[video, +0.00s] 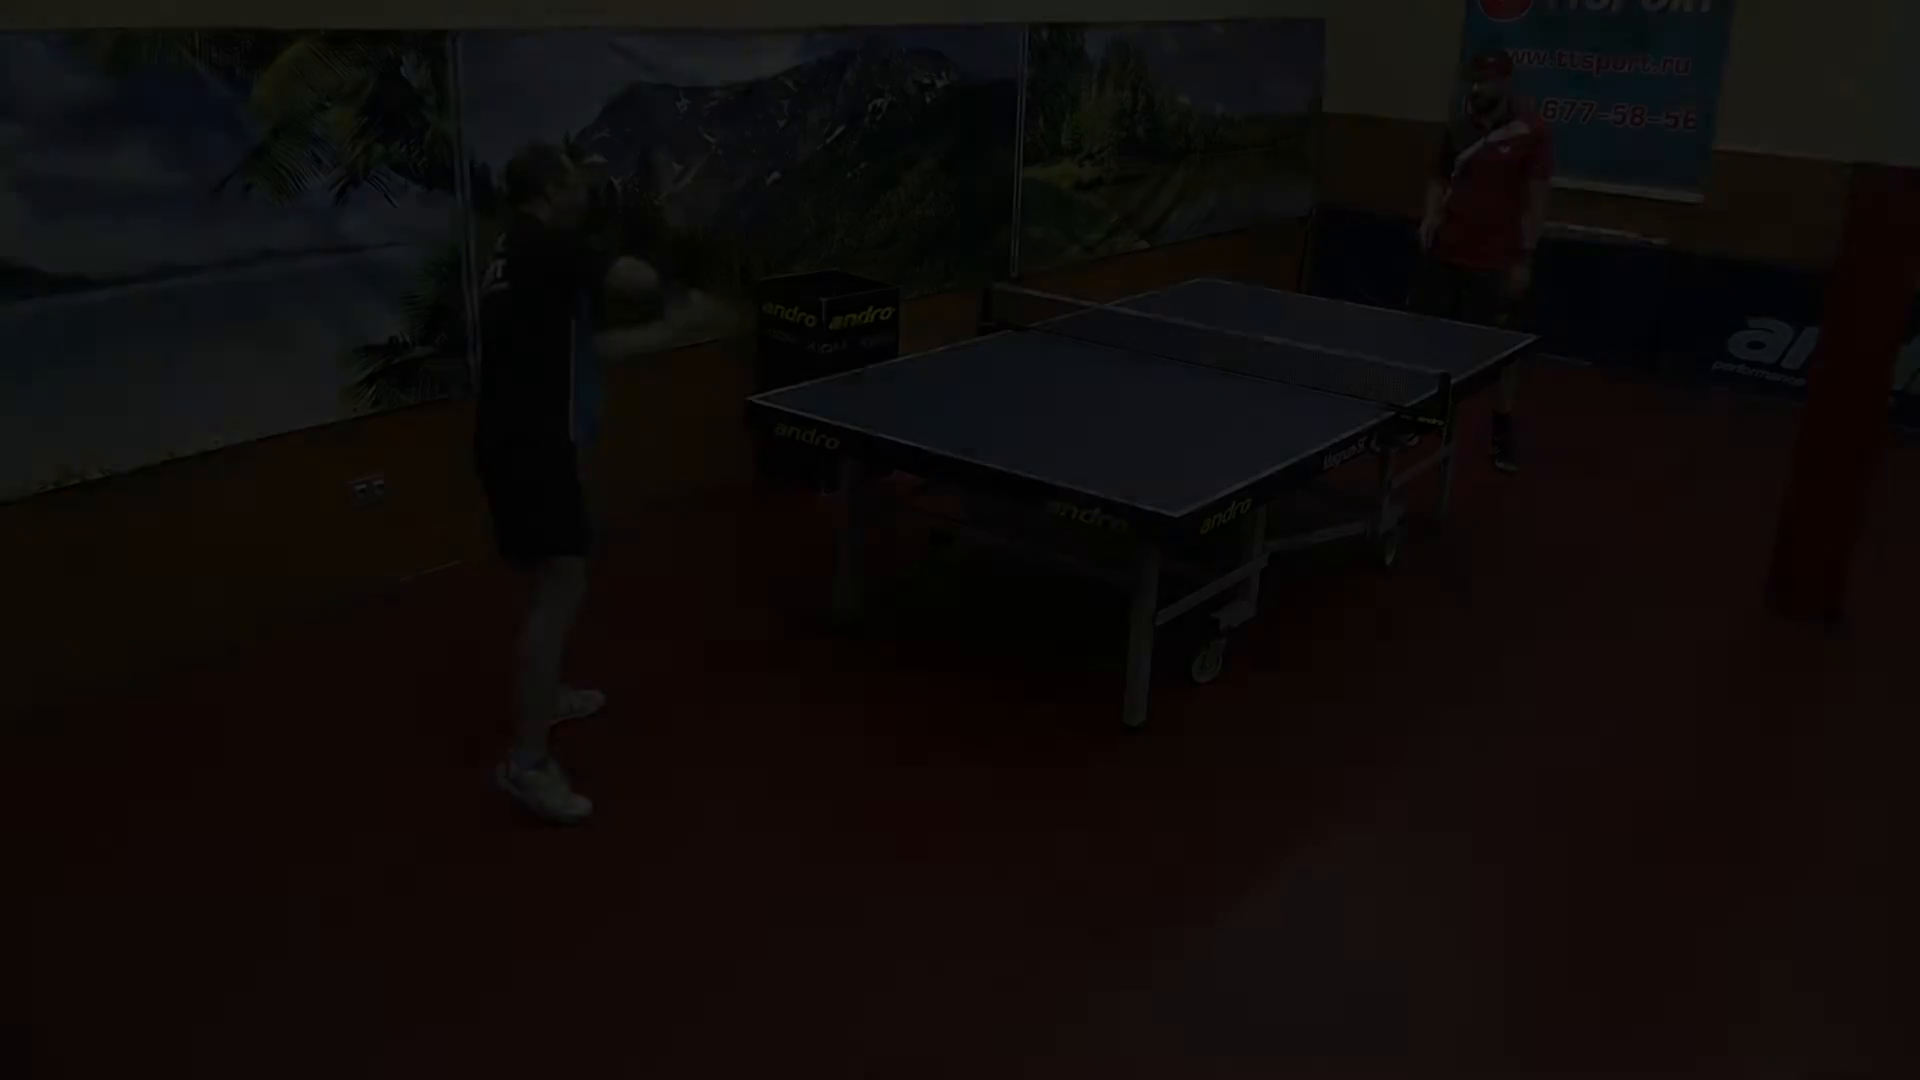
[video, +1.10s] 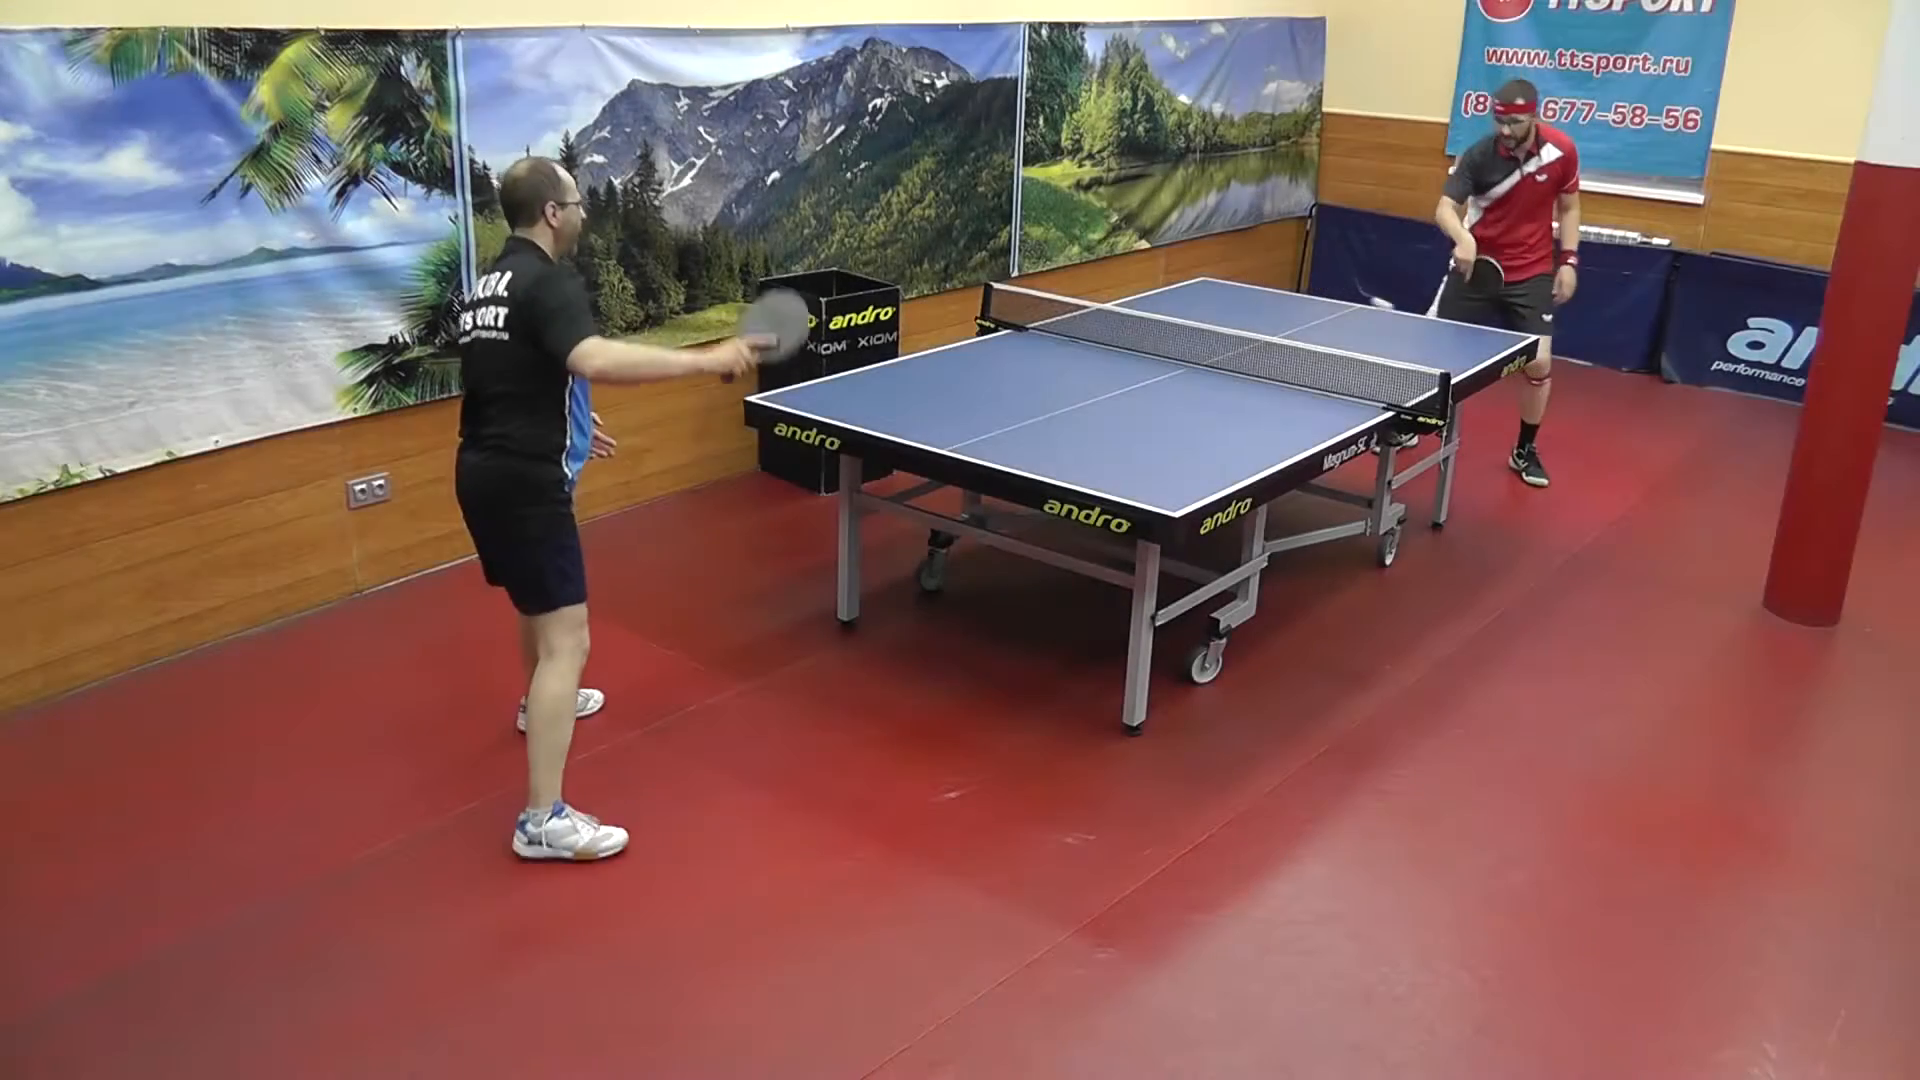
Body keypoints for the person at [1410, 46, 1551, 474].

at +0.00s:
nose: (1483, 95)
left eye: (1492, 86)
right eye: (1477, 86)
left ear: (1508, 86)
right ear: (1468, 87)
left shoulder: (1530, 136)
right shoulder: (1458, 129)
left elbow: (1535, 202)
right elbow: (1440, 182)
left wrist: (1523, 259)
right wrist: (1430, 224)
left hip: (1499, 257)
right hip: (1450, 252)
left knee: (1500, 346)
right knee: (1438, 337)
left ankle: (1502, 432)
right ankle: (1431, 417)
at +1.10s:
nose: (1506, 130)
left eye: (1516, 122)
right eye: (1500, 120)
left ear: (1535, 116)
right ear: (1493, 115)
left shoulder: (1561, 152)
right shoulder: (1479, 154)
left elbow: (1568, 207)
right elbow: (1445, 208)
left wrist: (1568, 262)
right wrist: (1463, 238)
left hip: (1531, 273)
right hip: (1476, 268)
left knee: (1539, 366)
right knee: (1433, 344)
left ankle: (1525, 449)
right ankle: (1422, 414)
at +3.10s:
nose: (1457, 115)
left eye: (1466, 106)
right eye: (1451, 106)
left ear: (1485, 106)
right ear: (1443, 108)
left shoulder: (1511, 152)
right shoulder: (1429, 156)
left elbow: (1533, 204)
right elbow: (1414, 214)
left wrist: (1554, 250)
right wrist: (1432, 224)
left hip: (1492, 280)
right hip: (1434, 275)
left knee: (1515, 364)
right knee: (1394, 343)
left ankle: (1531, 437)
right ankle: (1381, 421)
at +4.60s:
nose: (1547, 108)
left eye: (1557, 100)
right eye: (1541, 99)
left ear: (1573, 101)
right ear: (1532, 95)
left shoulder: (1580, 149)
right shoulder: (1511, 120)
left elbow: (1580, 210)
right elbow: (1480, 116)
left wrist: (1584, 265)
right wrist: (1467, 89)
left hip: (1533, 269)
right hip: (1476, 258)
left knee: (1541, 361)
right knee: (1435, 338)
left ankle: (1532, 437)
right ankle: (1424, 410)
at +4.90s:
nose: (1521, 102)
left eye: (1531, 94)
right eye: (1516, 93)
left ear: (1549, 97)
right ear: (1509, 93)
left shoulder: (1565, 150)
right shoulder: (1485, 128)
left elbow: (1566, 214)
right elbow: (1437, 152)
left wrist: (1553, 267)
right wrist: (1424, 142)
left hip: (1518, 277)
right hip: (1463, 264)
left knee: (1528, 366)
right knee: (1419, 339)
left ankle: (1531, 437)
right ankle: (1402, 413)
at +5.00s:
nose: (1507, 101)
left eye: (1518, 93)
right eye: (1502, 92)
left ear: (1536, 96)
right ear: (1496, 93)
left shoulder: (1556, 147)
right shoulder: (1477, 133)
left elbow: (1559, 214)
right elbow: (1438, 168)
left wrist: (1542, 266)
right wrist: (1419, 169)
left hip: (1513, 278)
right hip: (1457, 266)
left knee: (1523, 367)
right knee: (1414, 340)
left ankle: (1531, 437)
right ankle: (1397, 414)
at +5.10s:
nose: (1495, 99)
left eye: (1505, 91)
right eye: (1490, 90)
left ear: (1524, 94)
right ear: (1485, 92)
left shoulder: (1547, 144)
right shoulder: (1469, 134)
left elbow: (1553, 210)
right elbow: (1437, 175)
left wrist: (1534, 262)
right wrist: (1415, 187)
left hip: (1508, 276)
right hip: (1454, 265)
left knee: (1523, 366)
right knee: (1414, 338)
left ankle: (1531, 437)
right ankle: (1401, 414)